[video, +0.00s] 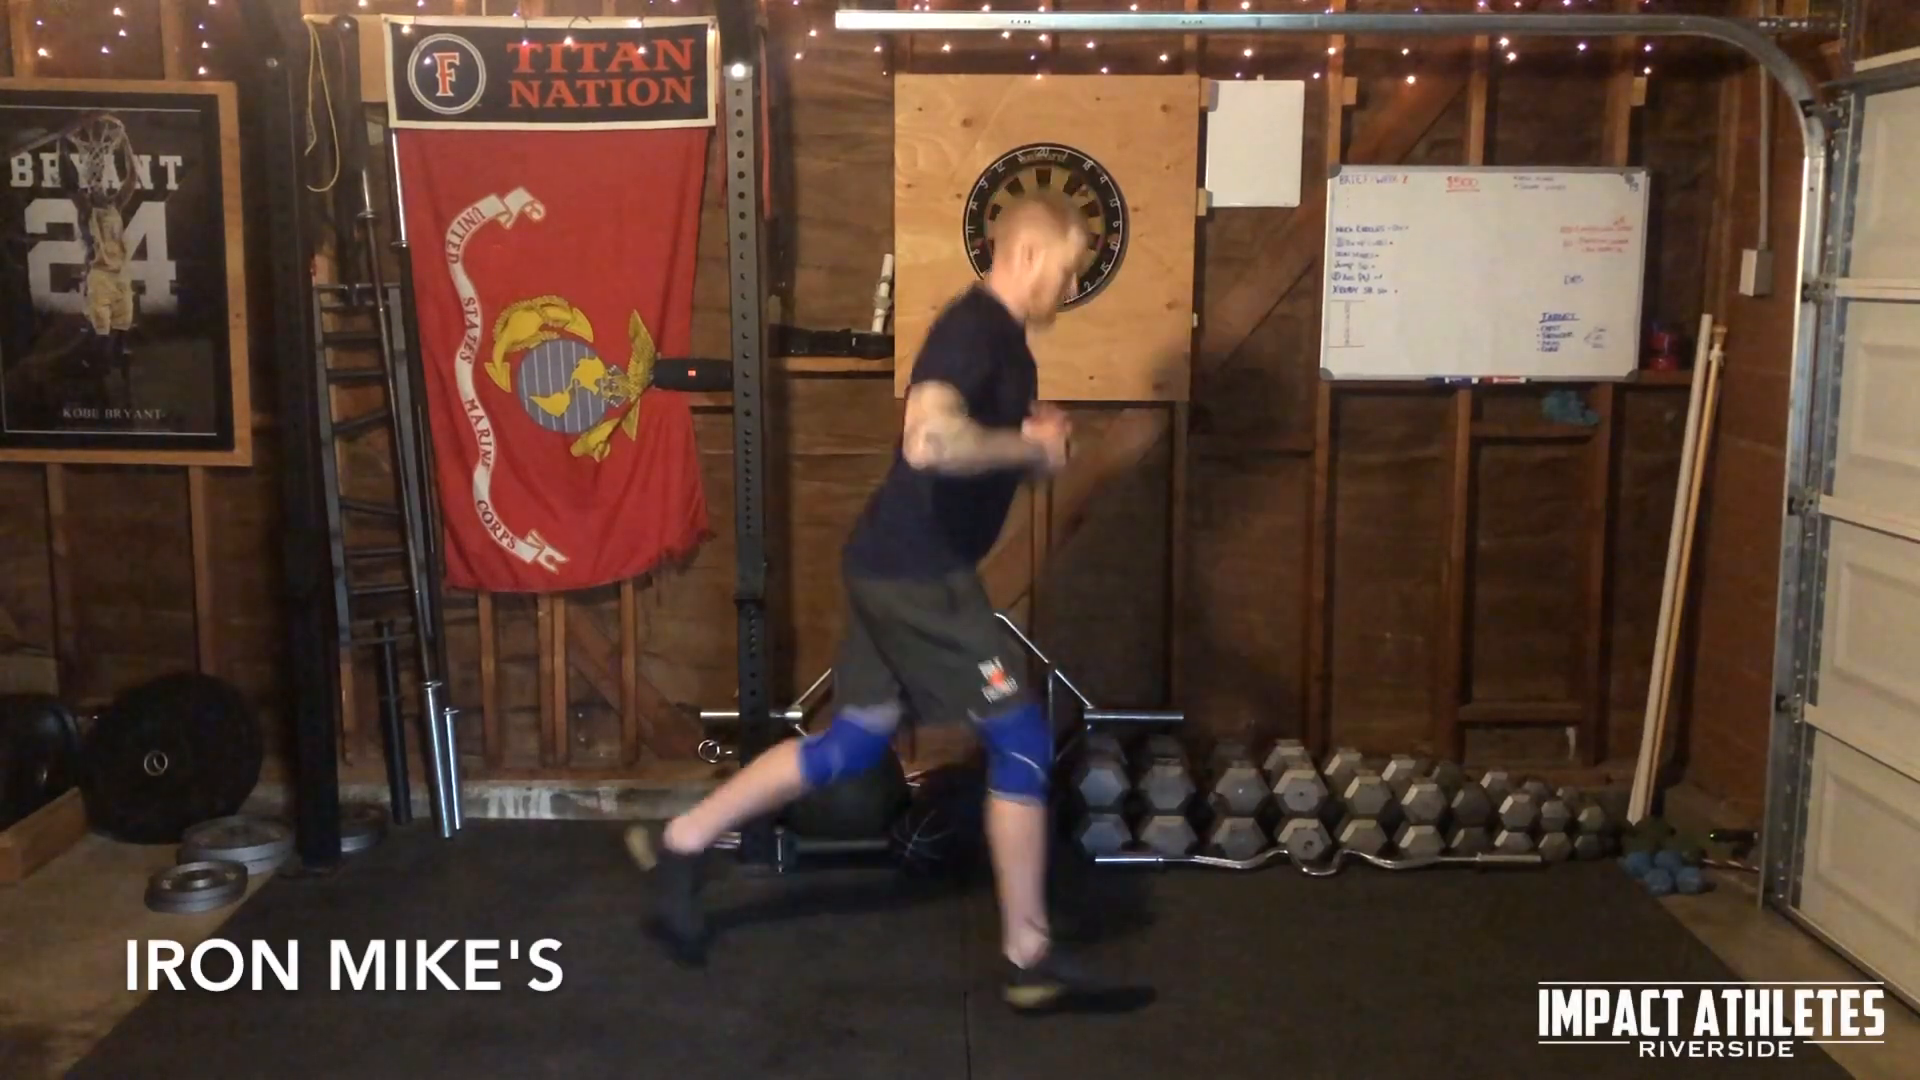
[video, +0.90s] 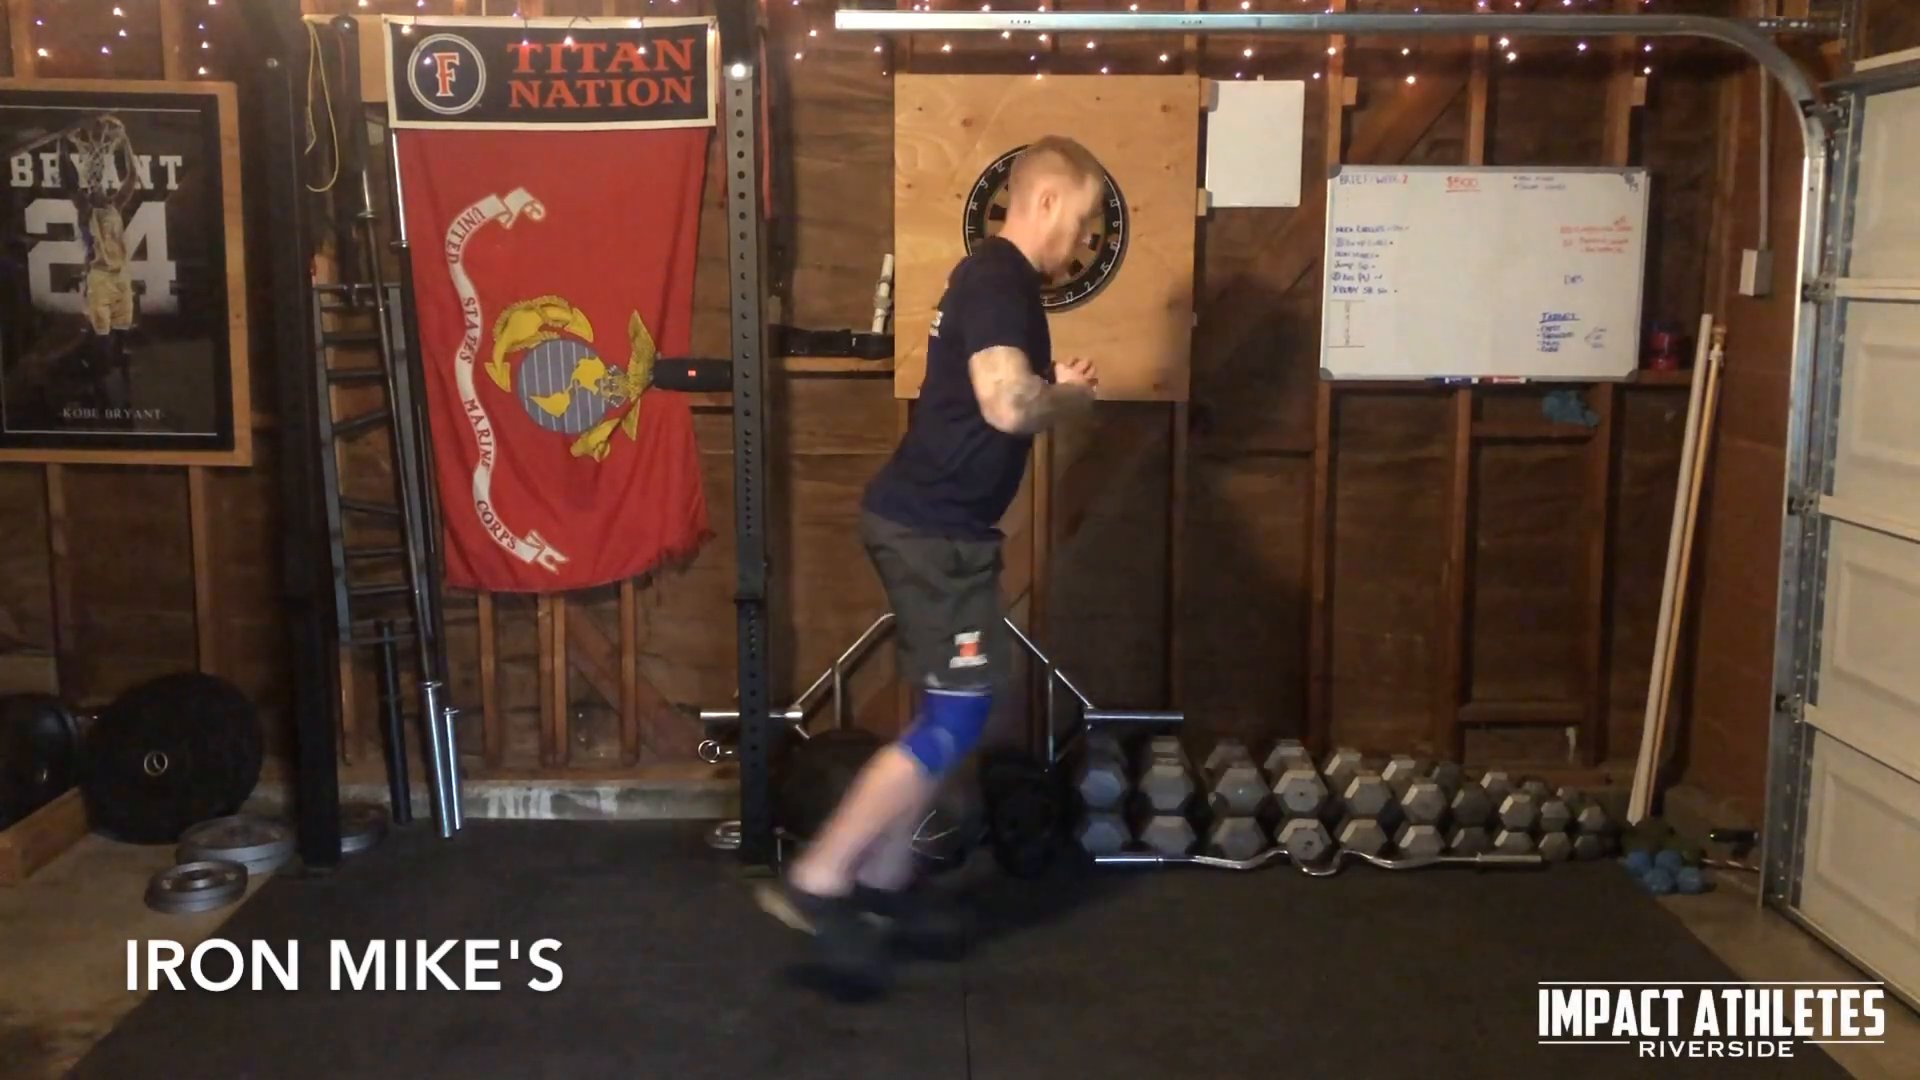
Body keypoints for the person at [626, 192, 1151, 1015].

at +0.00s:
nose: (1072, 288)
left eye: (1078, 271)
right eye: (1070, 268)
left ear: (1018, 255)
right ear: (1025, 253)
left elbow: (962, 439)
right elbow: (927, 440)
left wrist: (1031, 442)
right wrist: (1027, 445)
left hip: (903, 564)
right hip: (910, 568)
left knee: (852, 741)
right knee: (1020, 737)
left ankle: (679, 839)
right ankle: (1029, 959)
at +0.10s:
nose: (1074, 363)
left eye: (1077, 347)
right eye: (1071, 345)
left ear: (1017, 335)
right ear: (1033, 338)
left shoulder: (1001, 416)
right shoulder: (980, 411)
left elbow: (967, 513)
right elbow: (932, 519)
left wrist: (1031, 509)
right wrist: (1032, 520)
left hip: (885, 636)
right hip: (911, 642)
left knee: (850, 806)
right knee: (1069, 772)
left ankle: (653, 889)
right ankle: (1046, 976)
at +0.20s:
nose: (1073, 447)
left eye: (1077, 434)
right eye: (1070, 431)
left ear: (1019, 419)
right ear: (1031, 422)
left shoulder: (980, 489)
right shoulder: (988, 495)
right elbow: (946, 606)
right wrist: (1038, 613)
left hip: (877, 719)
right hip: (916, 720)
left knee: (842, 893)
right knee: (1097, 775)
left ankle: (640, 900)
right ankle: (1049, 978)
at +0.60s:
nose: (1057, 418)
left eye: (1056, 401)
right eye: (1051, 400)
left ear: (999, 399)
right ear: (1009, 399)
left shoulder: (972, 473)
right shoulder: (981, 480)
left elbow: (969, 588)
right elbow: (972, 592)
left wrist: (1042, 570)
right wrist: (1046, 564)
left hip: (881, 701)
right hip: (930, 705)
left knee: (837, 871)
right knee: (1100, 774)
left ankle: (632, 901)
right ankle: (1050, 975)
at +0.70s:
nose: (1061, 321)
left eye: (1065, 303)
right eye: (1057, 302)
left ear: (1002, 298)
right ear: (1020, 297)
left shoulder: (990, 380)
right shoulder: (980, 379)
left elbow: (1002, 490)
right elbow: (975, 484)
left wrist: (1048, 468)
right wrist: (1051, 467)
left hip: (897, 604)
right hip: (937, 610)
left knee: (858, 770)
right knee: (1056, 754)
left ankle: (673, 871)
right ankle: (1047, 968)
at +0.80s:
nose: (1078, 261)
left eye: (1084, 246)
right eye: (1076, 240)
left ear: (1016, 227)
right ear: (1029, 223)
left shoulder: (989, 299)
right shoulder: (992, 302)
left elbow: (982, 405)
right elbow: (989, 416)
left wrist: (1045, 399)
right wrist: (1058, 411)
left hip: (902, 536)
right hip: (936, 546)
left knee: (912, 715)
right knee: (996, 726)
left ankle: (757, 851)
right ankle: (955, 934)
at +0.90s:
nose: (1087, 242)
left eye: (1092, 226)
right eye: (1087, 220)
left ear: (1028, 202)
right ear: (1044, 202)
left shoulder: (992, 276)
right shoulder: (1001, 277)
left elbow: (990, 390)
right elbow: (1008, 403)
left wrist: (1050, 378)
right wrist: (1066, 397)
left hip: (931, 520)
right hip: (932, 526)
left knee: (952, 705)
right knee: (960, 710)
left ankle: (883, 882)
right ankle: (814, 880)